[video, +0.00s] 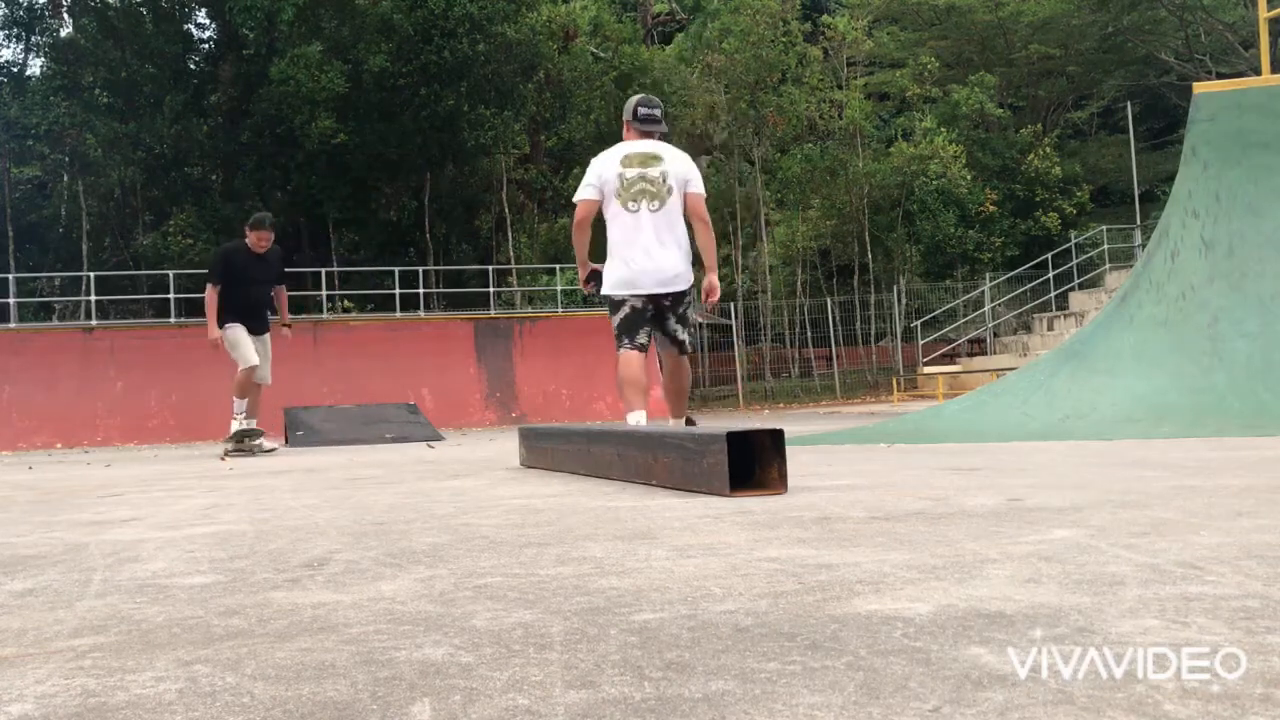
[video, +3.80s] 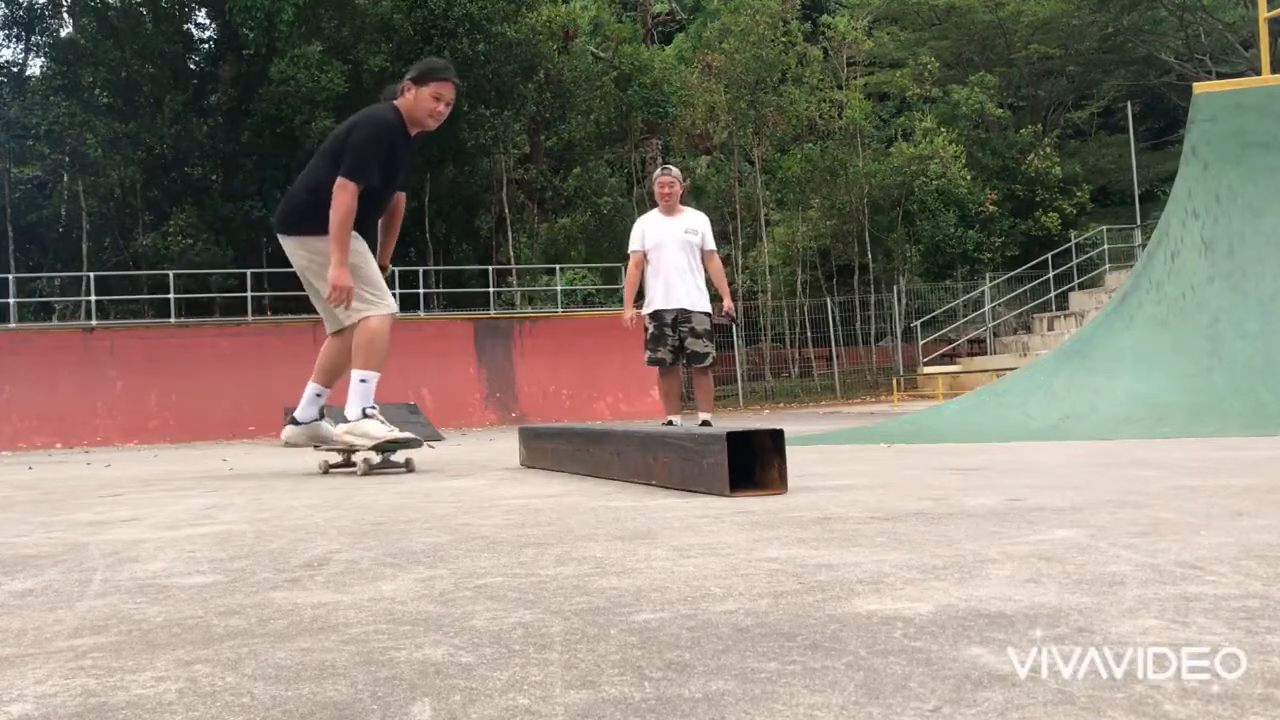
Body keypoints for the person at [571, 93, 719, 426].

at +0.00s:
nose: (629, 132)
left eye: (627, 126)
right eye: (647, 130)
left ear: (626, 127)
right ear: (661, 129)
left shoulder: (605, 161)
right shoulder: (681, 159)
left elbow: (581, 218)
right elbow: (700, 216)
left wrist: (583, 264)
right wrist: (711, 271)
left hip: (625, 274)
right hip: (673, 273)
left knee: (631, 348)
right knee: (676, 350)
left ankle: (637, 430)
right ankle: (678, 430)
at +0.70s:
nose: (604, 164)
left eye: (605, 159)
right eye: (604, 159)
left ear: (613, 160)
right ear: (637, 157)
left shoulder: (609, 192)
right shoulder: (668, 188)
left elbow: (605, 245)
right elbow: (680, 244)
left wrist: (594, 295)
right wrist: (678, 287)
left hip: (625, 292)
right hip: (667, 289)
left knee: (628, 361)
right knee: (670, 353)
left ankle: (636, 431)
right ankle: (674, 396)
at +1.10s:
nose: (597, 179)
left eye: (598, 173)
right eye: (596, 173)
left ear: (614, 171)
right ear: (620, 171)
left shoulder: (621, 199)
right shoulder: (644, 198)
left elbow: (617, 247)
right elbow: (651, 252)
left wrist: (587, 284)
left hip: (633, 296)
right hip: (654, 294)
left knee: (630, 359)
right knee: (648, 357)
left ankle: (636, 425)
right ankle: (654, 419)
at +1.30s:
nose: (599, 189)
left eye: (602, 183)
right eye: (597, 184)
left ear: (619, 180)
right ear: (615, 182)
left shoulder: (640, 207)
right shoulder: (624, 210)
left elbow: (648, 252)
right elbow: (636, 257)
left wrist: (630, 293)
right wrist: (626, 294)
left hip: (653, 298)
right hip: (639, 299)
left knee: (643, 357)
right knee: (635, 359)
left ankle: (654, 418)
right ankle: (656, 415)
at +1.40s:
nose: (602, 188)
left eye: (606, 181)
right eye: (599, 183)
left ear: (624, 178)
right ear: (600, 184)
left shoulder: (647, 206)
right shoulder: (616, 215)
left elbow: (660, 248)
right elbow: (618, 261)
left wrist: (659, 291)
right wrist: (607, 299)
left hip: (657, 298)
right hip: (633, 302)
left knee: (657, 359)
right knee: (641, 362)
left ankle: (674, 419)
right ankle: (658, 420)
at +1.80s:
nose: (645, 186)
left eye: (651, 180)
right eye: (640, 181)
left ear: (664, 181)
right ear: (635, 185)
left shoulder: (685, 213)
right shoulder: (626, 216)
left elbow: (700, 255)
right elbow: (616, 260)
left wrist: (709, 294)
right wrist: (609, 300)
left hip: (683, 304)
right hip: (645, 306)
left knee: (695, 362)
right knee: (652, 364)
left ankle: (703, 413)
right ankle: (660, 422)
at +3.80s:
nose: (666, 190)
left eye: (671, 185)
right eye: (661, 186)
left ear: (681, 188)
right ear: (654, 190)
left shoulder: (698, 219)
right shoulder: (643, 223)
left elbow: (711, 259)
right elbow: (635, 265)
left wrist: (726, 297)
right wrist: (628, 306)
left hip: (695, 305)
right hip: (659, 307)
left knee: (701, 365)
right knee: (667, 366)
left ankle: (705, 420)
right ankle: (673, 421)